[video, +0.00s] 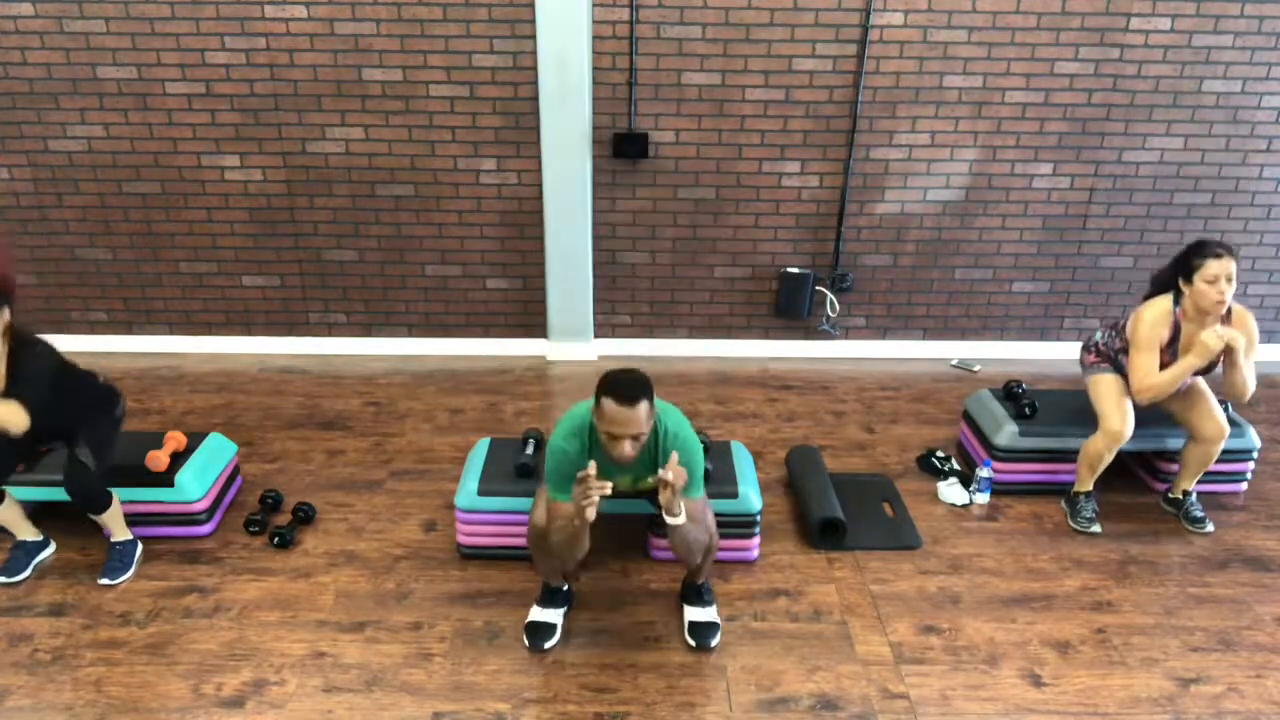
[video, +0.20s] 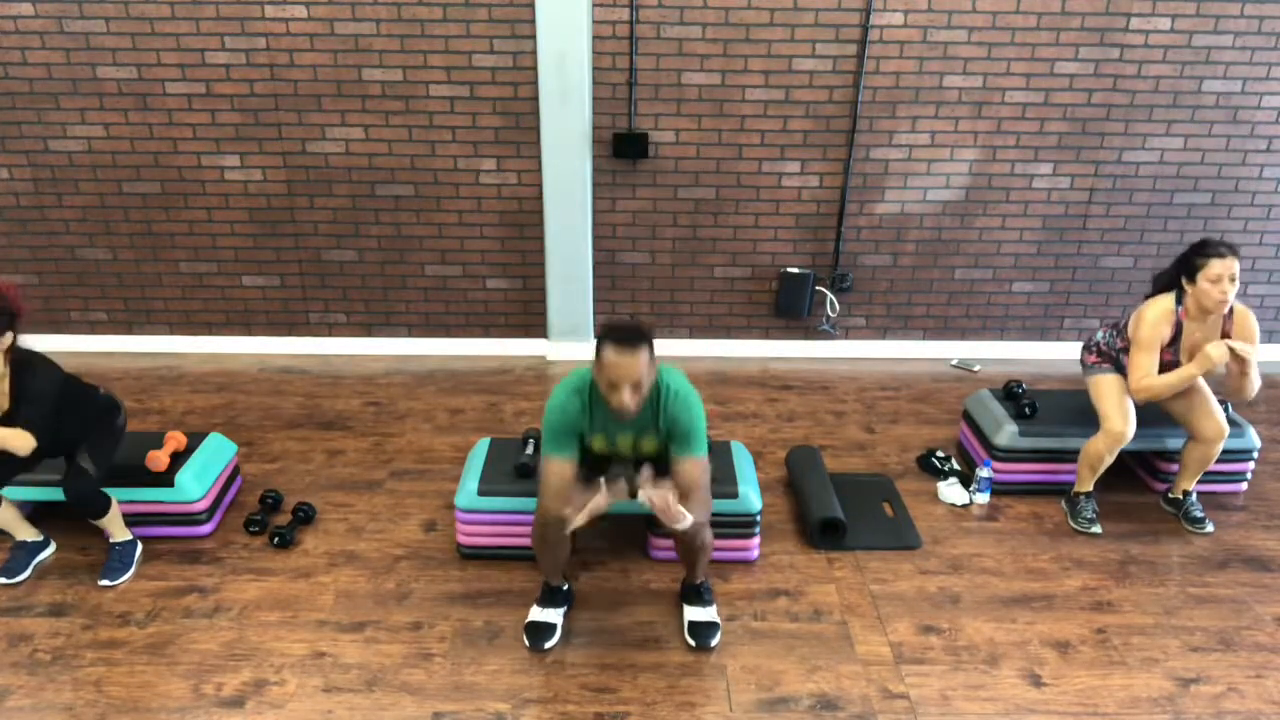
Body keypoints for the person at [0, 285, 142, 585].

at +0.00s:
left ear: (6, 316)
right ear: (4, 316)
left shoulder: (31, 352)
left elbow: (19, 418)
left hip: (94, 409)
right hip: (43, 418)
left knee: (78, 480)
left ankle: (124, 540)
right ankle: (30, 539)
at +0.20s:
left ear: (6, 340)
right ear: (5, 339)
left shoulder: (35, 370)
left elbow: (25, 443)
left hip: (99, 419)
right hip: (50, 426)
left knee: (78, 487)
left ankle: (124, 541)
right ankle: (31, 539)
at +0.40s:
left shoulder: (19, 325)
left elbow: (34, 392)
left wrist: (2, 424)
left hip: (82, 390)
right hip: (33, 401)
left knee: (70, 480)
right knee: (0, 477)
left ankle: (126, 541)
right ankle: (25, 539)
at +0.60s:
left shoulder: (11, 257)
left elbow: (55, 332)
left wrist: (53, 411)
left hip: (59, 361)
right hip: (12, 372)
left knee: (76, 456)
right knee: (3, 459)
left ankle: (129, 538)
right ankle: (24, 537)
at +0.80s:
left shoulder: (17, 229)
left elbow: (72, 284)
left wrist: (108, 347)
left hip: (45, 353)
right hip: (3, 364)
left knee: (83, 446)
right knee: (8, 454)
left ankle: (130, 538)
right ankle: (25, 538)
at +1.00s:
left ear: (3, 196)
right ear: (4, 196)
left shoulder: (29, 227)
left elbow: (84, 269)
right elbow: (85, 269)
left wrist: (114, 306)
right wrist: (114, 306)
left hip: (41, 359)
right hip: (1, 371)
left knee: (84, 449)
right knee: (8, 458)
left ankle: (130, 538)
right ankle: (25, 539)